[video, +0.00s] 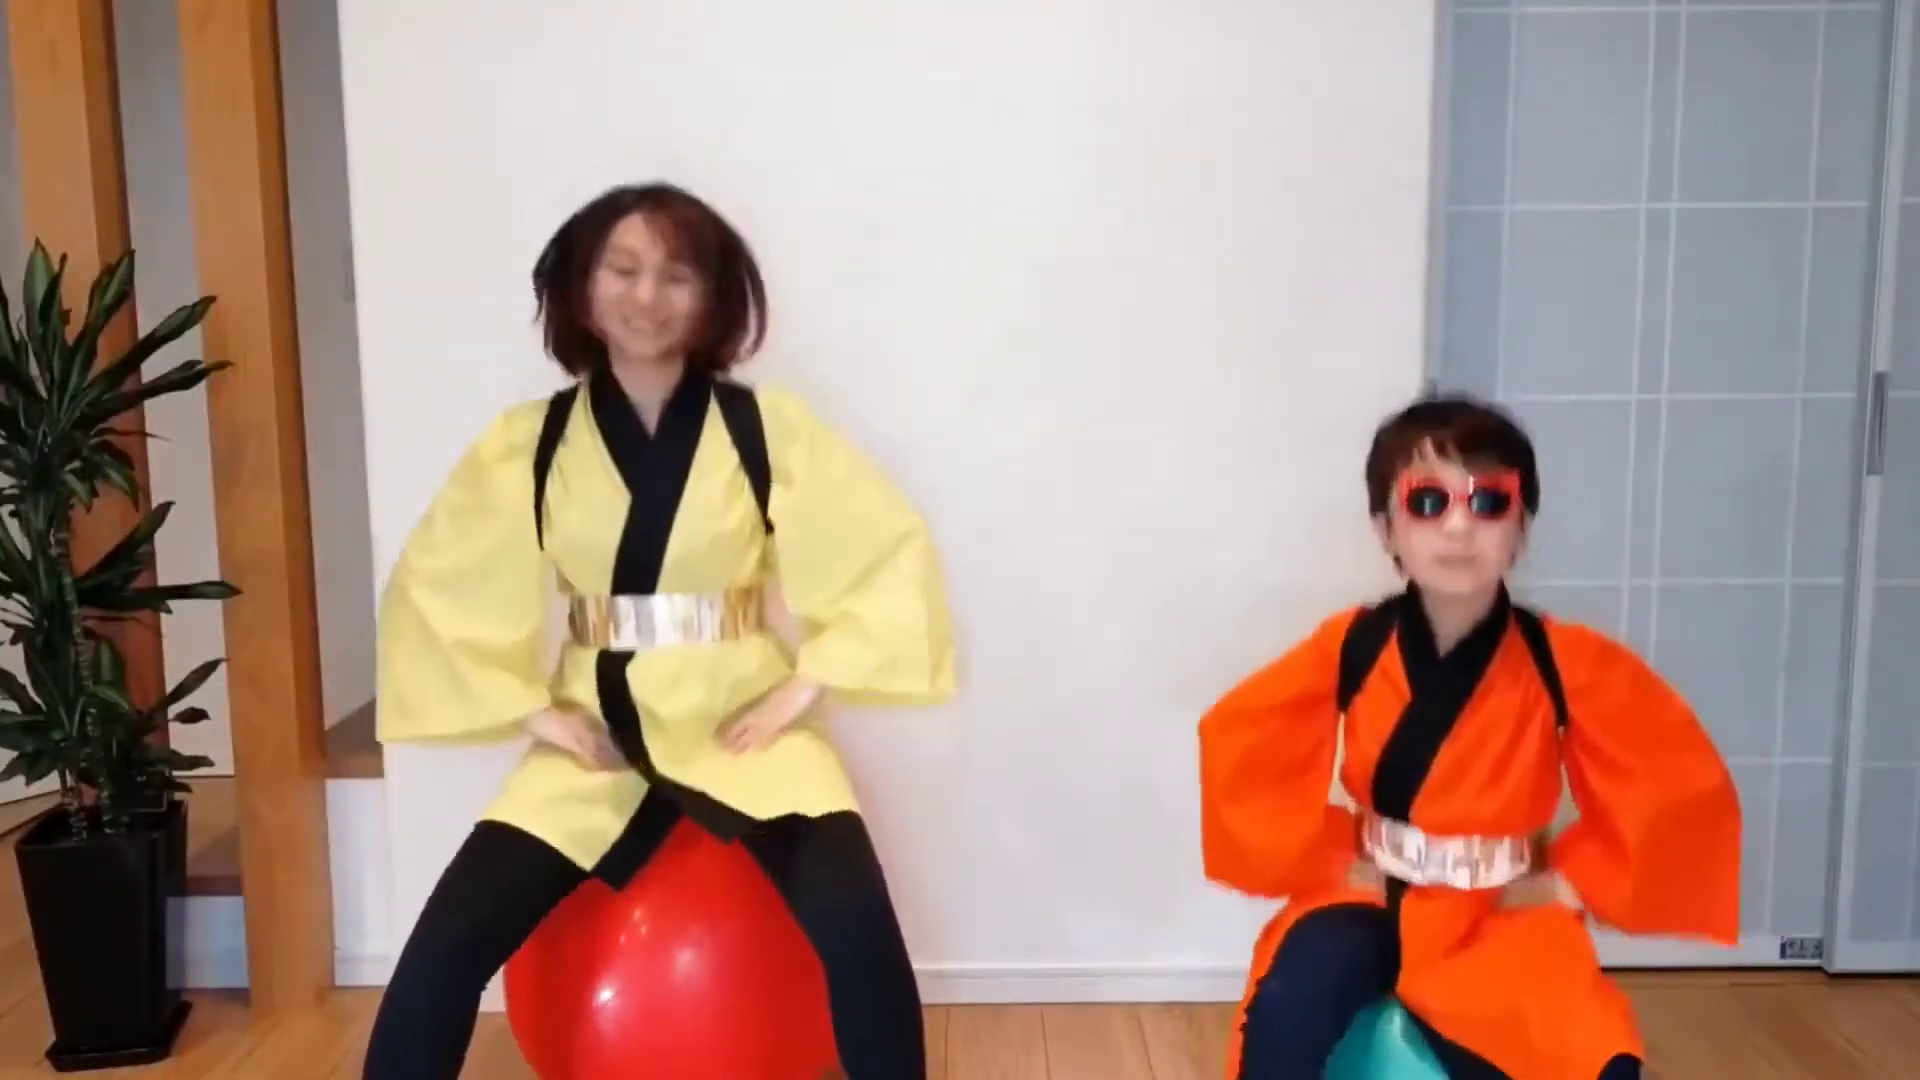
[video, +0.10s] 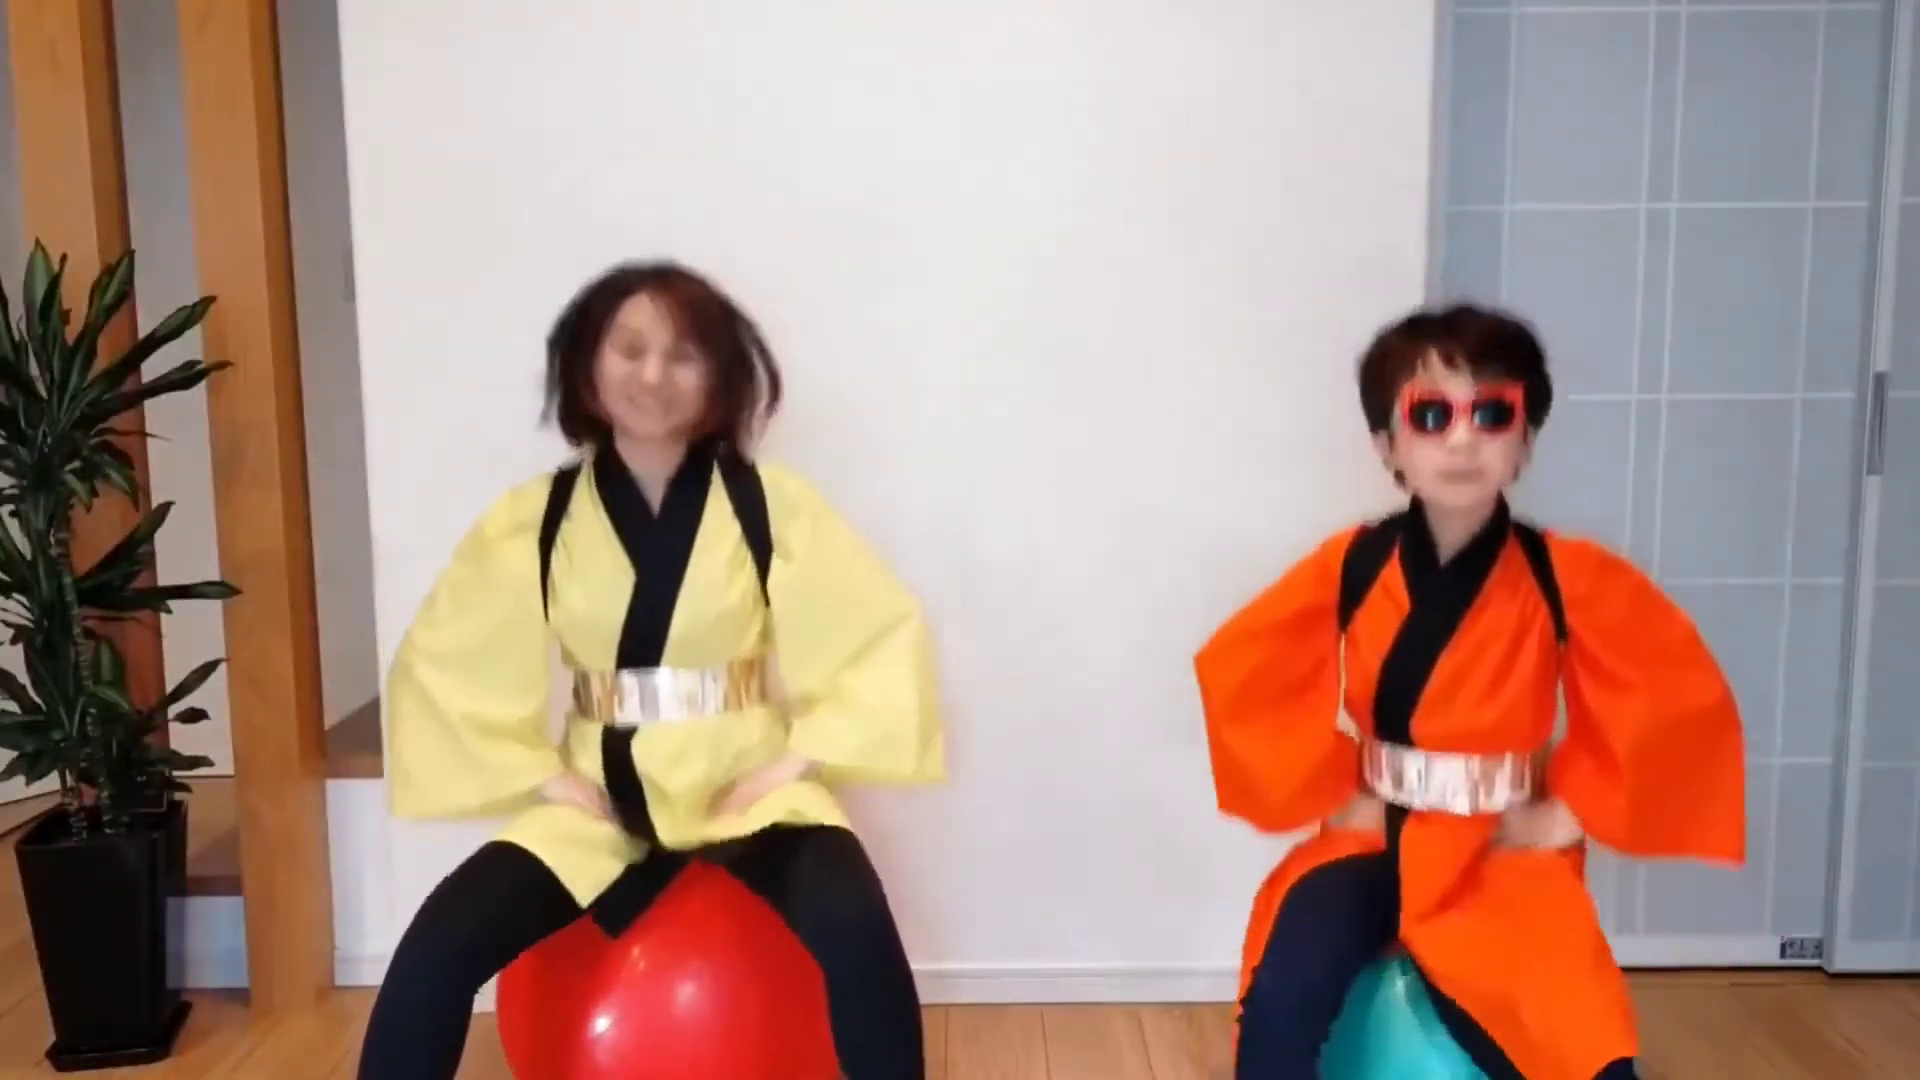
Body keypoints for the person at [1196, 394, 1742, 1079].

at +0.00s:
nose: (1459, 523)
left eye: (1489, 498)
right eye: (1427, 499)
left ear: (1521, 528)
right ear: (1385, 532)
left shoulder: (1564, 662)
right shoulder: (1352, 647)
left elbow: (1685, 787)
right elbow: (1233, 741)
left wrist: (1564, 879)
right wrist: (1331, 847)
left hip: (1506, 922)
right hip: (1372, 905)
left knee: (1600, 1056)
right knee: (1314, 964)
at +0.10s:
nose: (1463, 436)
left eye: (1492, 413)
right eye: (1432, 415)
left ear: (1527, 443)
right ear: (1389, 449)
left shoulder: (1562, 574)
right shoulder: (1354, 563)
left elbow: (1678, 696)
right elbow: (1237, 669)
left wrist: (1566, 813)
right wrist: (1338, 797)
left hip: (1508, 849)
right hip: (1370, 839)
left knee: (1590, 1036)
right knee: (1284, 993)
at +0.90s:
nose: (1470, 542)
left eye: (1499, 521)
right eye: (1438, 516)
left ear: (1524, 536)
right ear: (1387, 531)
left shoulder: (1554, 654)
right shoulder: (1346, 642)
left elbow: (1678, 765)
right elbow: (1227, 741)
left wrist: (1571, 863)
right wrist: (1329, 837)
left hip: (1502, 906)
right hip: (1366, 895)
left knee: (1585, 1045)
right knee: (1314, 964)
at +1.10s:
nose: (1474, 514)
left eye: (1507, 492)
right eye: (1445, 484)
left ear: (1535, 499)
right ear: (1394, 487)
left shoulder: (1558, 614)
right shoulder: (1350, 599)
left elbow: (1654, 706)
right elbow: (1236, 678)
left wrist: (1595, 792)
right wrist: (1304, 792)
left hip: (1495, 880)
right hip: (1358, 868)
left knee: (1593, 1052)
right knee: (1258, 1026)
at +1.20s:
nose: (1494, 470)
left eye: (1528, 449)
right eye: (1468, 439)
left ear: (1558, 443)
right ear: (1414, 421)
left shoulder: (1562, 538)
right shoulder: (1359, 520)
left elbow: (1694, 613)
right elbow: (1219, 578)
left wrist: (1672, 664)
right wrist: (1250, 662)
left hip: (1493, 820)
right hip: (1355, 809)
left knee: (1614, 1020)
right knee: (1255, 996)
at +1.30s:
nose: (1515, 484)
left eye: (1551, 463)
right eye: (1491, 449)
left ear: (1580, 454)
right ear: (1434, 420)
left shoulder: (1568, 539)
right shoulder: (1371, 511)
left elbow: (1690, 598)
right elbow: (1216, 549)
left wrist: (1699, 665)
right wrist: (1227, 606)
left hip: (1495, 812)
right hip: (1356, 799)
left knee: (1629, 977)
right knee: (1254, 969)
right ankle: (1248, 1071)